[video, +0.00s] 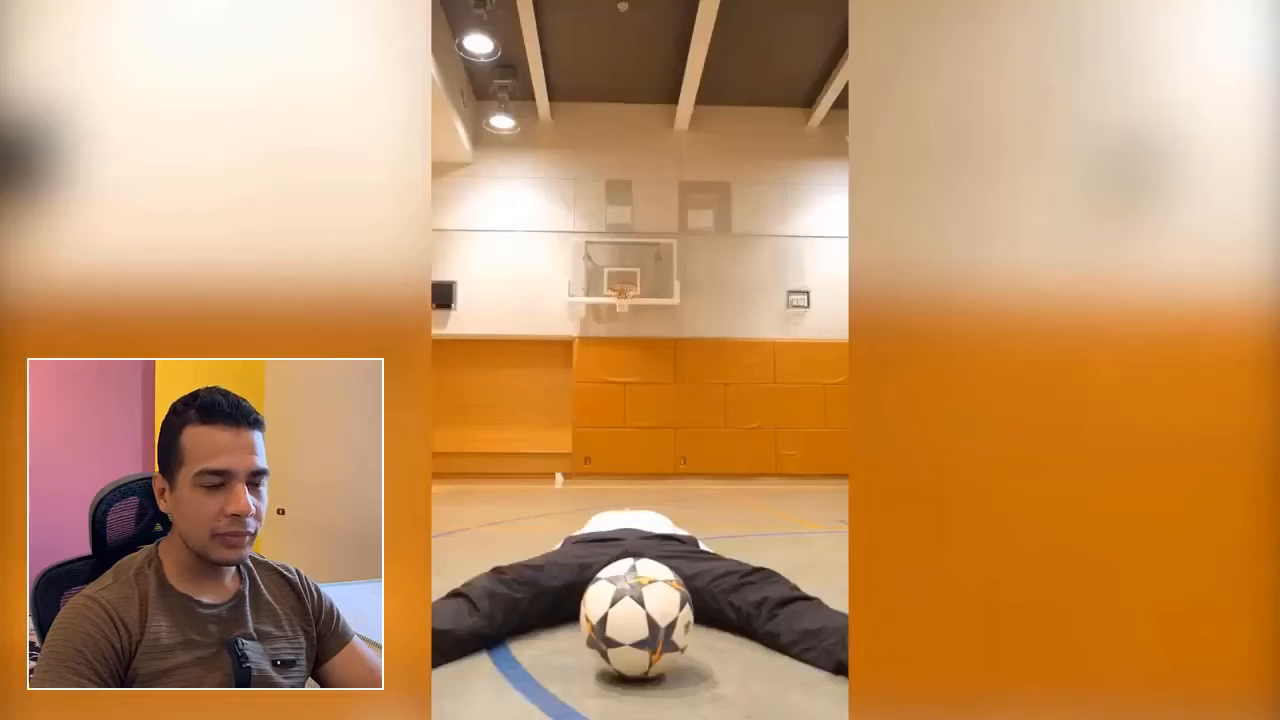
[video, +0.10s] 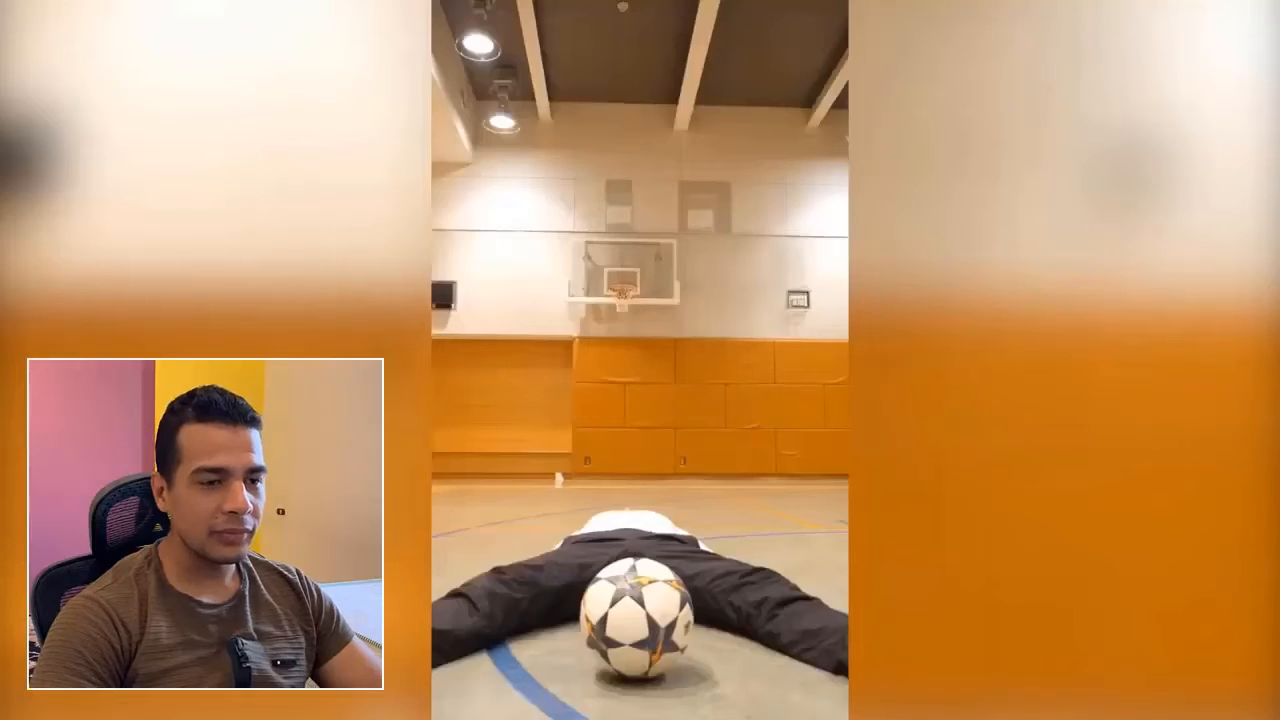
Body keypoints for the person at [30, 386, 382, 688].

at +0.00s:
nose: (243, 506)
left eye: (255, 483)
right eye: (214, 484)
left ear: (267, 486)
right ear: (165, 495)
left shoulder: (297, 597)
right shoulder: (99, 619)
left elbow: (387, 699)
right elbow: (51, 705)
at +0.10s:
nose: (241, 504)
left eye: (253, 480)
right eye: (211, 482)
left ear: (265, 485)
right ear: (163, 493)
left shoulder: (297, 596)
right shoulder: (98, 619)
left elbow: (388, 699)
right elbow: (51, 710)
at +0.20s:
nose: (239, 502)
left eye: (251, 478)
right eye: (209, 481)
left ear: (263, 483)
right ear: (162, 493)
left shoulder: (296, 596)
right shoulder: (99, 618)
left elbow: (386, 700)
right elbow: (50, 711)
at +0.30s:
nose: (238, 502)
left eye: (250, 477)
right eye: (208, 480)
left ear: (262, 482)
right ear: (161, 493)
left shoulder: (295, 596)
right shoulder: (98, 618)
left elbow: (386, 700)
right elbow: (49, 711)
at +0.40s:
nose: (237, 501)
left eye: (249, 476)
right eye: (207, 479)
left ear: (261, 482)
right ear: (160, 493)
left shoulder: (296, 596)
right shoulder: (98, 618)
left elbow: (386, 700)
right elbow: (50, 711)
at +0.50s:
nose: (237, 499)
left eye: (249, 475)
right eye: (207, 478)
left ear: (261, 482)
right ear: (160, 493)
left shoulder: (296, 595)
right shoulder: (98, 618)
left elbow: (387, 699)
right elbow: (48, 710)